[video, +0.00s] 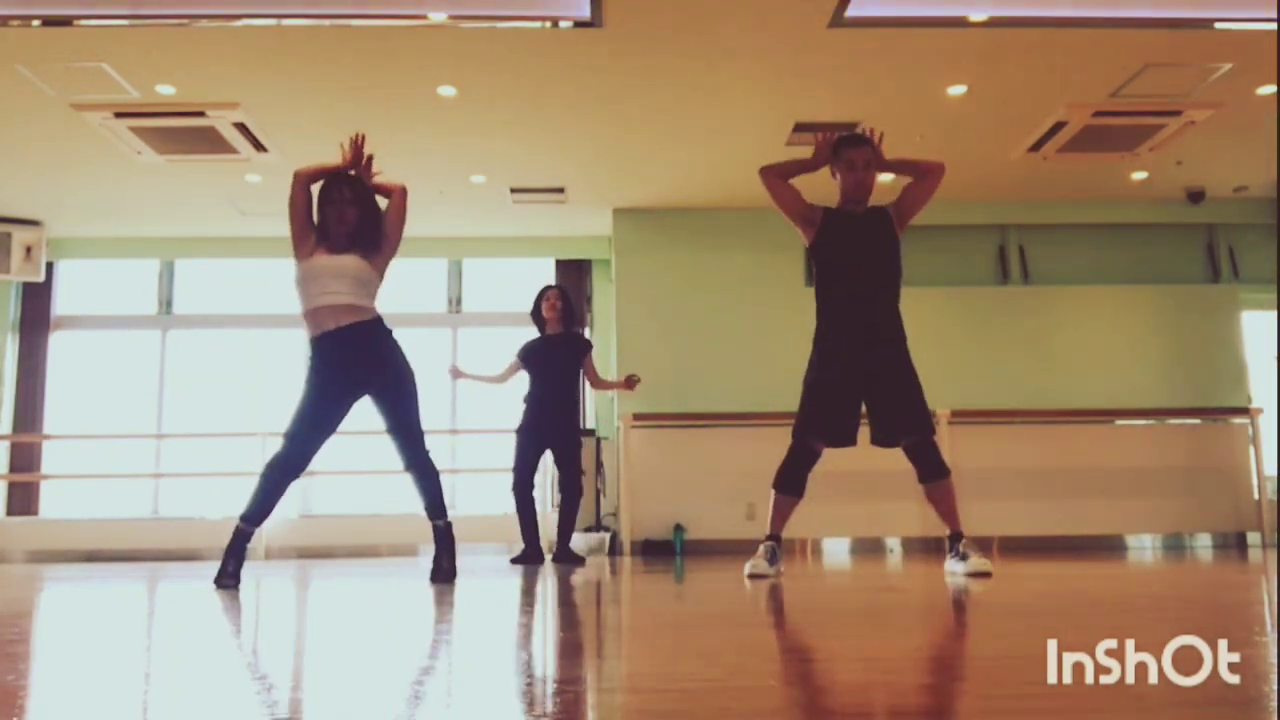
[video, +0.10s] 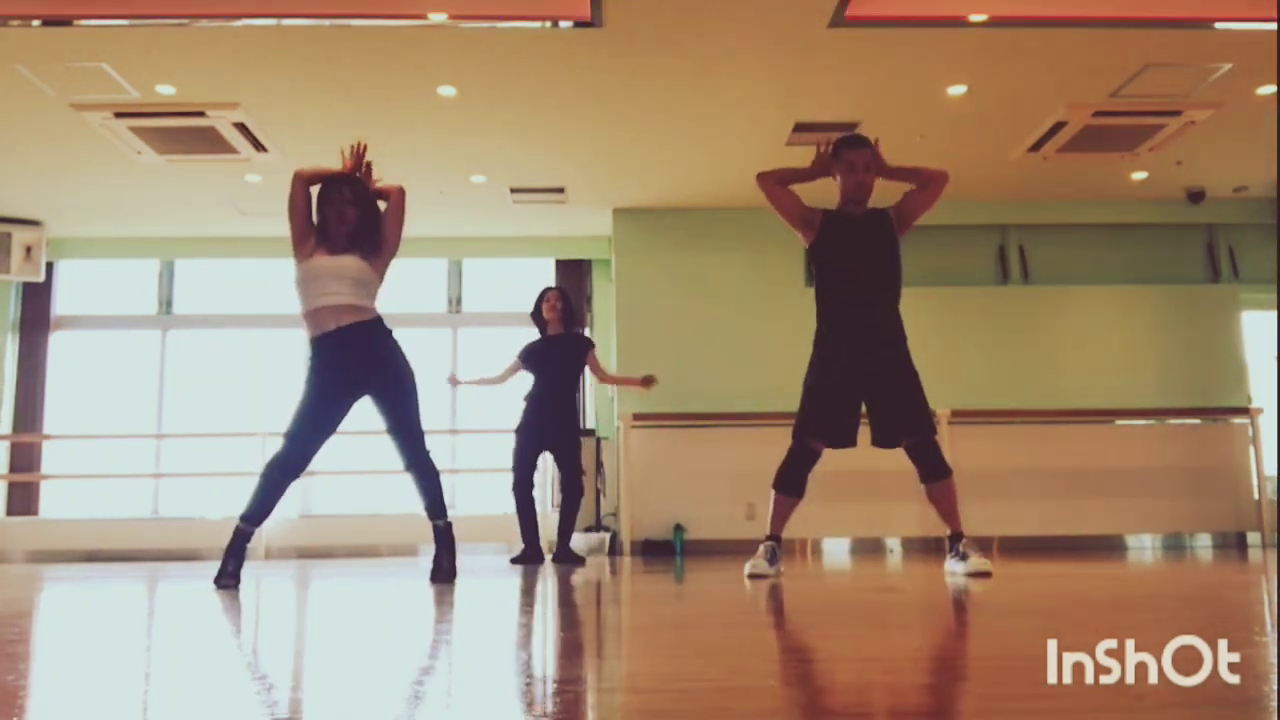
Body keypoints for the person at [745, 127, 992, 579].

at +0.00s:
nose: (860, 174)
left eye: (867, 166)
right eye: (851, 166)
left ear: (877, 174)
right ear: (835, 173)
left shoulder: (891, 219)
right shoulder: (817, 221)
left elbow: (935, 172)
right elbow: (769, 176)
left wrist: (886, 163)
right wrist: (814, 162)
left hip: (888, 353)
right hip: (834, 355)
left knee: (922, 447)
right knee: (804, 451)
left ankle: (958, 545)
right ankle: (770, 546)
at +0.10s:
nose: (859, 176)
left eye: (866, 168)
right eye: (850, 167)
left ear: (875, 177)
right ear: (835, 175)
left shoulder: (891, 222)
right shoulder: (817, 224)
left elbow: (937, 180)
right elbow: (766, 181)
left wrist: (887, 170)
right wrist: (813, 171)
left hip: (888, 354)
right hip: (834, 356)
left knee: (924, 447)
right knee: (804, 451)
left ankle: (958, 545)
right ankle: (770, 545)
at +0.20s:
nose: (860, 177)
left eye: (867, 169)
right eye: (850, 168)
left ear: (876, 177)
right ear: (835, 176)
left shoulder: (892, 224)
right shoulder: (816, 227)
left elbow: (940, 190)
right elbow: (767, 189)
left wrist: (886, 179)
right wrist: (815, 181)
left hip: (889, 354)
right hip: (835, 355)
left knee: (926, 447)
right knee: (805, 451)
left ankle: (959, 545)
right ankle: (770, 546)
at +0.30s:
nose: (861, 178)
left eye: (868, 169)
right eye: (851, 169)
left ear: (877, 177)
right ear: (834, 177)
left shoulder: (890, 227)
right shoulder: (817, 230)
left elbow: (939, 203)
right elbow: (769, 198)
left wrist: (893, 185)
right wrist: (812, 186)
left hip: (891, 356)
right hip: (836, 357)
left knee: (929, 447)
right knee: (805, 452)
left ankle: (959, 545)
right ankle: (771, 545)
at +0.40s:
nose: (860, 178)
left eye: (867, 170)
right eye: (851, 170)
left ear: (877, 177)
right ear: (834, 177)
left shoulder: (889, 228)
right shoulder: (817, 234)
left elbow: (932, 225)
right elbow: (774, 209)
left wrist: (906, 191)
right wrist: (810, 192)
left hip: (892, 355)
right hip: (838, 356)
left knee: (931, 447)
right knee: (805, 451)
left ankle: (959, 545)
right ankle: (771, 546)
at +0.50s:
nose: (859, 181)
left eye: (867, 173)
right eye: (851, 173)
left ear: (877, 178)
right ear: (835, 177)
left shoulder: (887, 232)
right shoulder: (822, 231)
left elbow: (920, 256)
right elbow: (787, 238)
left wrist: (912, 210)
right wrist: (796, 204)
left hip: (894, 355)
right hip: (841, 357)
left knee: (933, 446)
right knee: (807, 452)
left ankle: (959, 545)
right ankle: (771, 546)